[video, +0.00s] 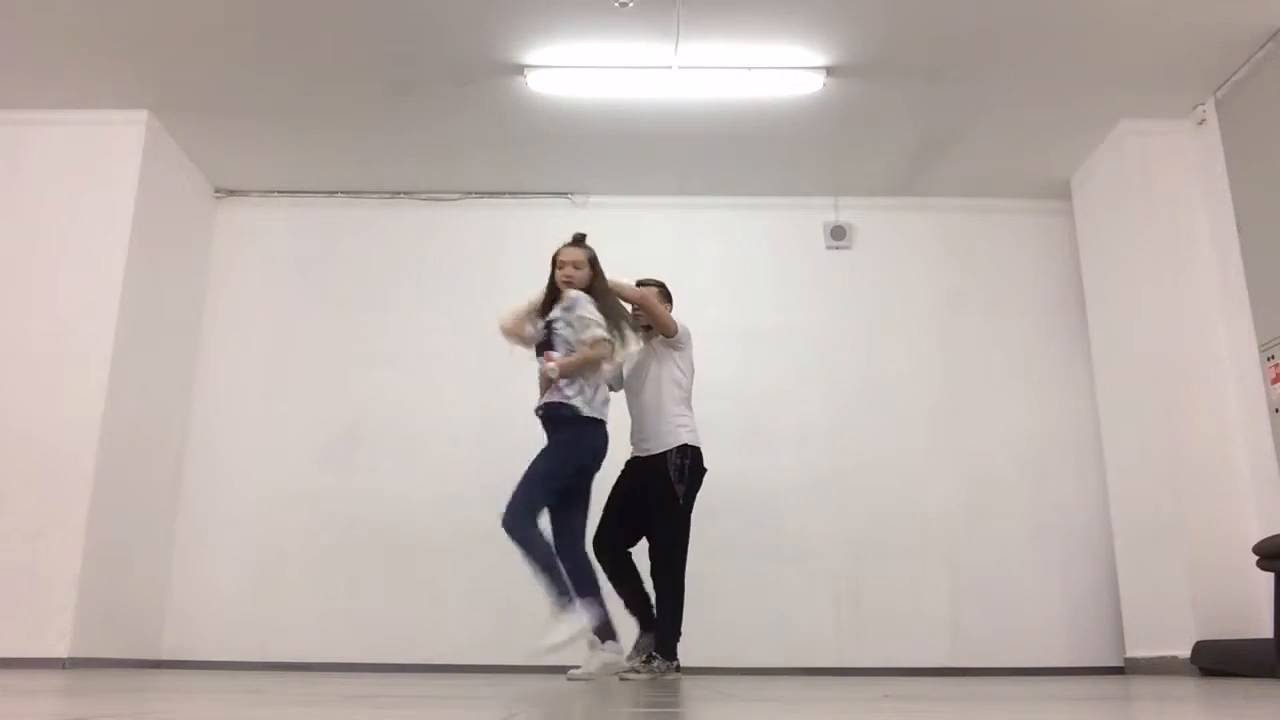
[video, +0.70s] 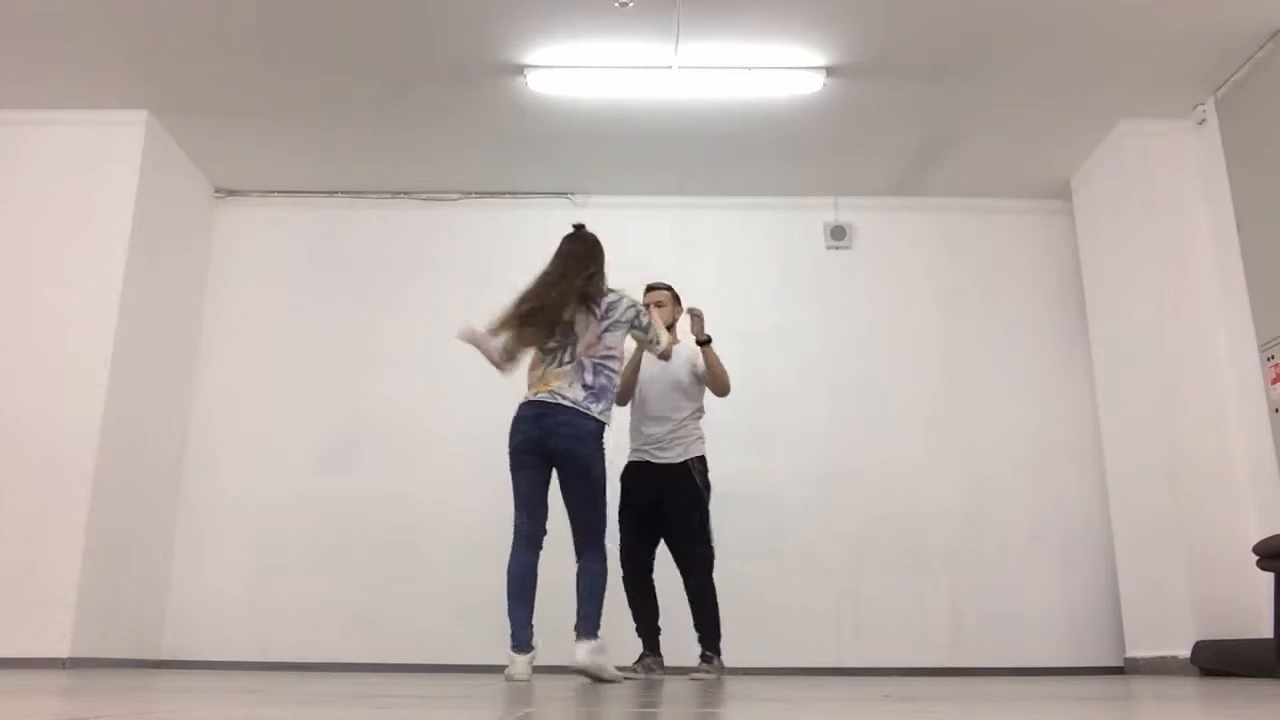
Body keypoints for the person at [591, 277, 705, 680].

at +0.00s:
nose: (639, 304)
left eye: (647, 297)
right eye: (637, 298)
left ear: (667, 307)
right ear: (634, 311)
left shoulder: (677, 339)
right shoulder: (631, 356)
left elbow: (644, 301)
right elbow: (604, 380)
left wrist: (602, 285)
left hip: (677, 459)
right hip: (641, 462)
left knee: (666, 560)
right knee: (607, 545)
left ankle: (666, 656)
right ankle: (650, 627)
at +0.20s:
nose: (639, 308)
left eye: (648, 301)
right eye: (635, 302)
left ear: (667, 310)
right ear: (629, 309)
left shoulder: (679, 348)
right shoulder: (622, 351)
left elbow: (673, 337)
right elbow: (596, 388)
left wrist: (631, 315)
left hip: (671, 461)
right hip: (631, 462)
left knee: (661, 557)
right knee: (628, 556)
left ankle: (664, 652)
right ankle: (650, 648)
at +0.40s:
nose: (642, 313)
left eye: (650, 306)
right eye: (637, 307)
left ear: (668, 311)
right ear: (630, 311)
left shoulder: (678, 348)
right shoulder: (625, 348)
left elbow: (698, 371)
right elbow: (603, 394)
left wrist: (666, 332)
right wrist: (617, 350)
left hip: (671, 459)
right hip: (631, 461)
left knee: (662, 552)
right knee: (634, 554)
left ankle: (668, 644)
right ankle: (651, 646)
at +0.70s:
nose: (653, 312)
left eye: (660, 305)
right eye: (647, 307)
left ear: (676, 310)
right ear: (641, 315)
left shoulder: (693, 352)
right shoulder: (635, 354)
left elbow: (721, 389)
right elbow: (620, 398)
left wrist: (702, 339)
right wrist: (638, 351)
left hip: (685, 467)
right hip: (640, 467)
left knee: (695, 564)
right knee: (634, 564)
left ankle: (710, 653)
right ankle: (651, 653)